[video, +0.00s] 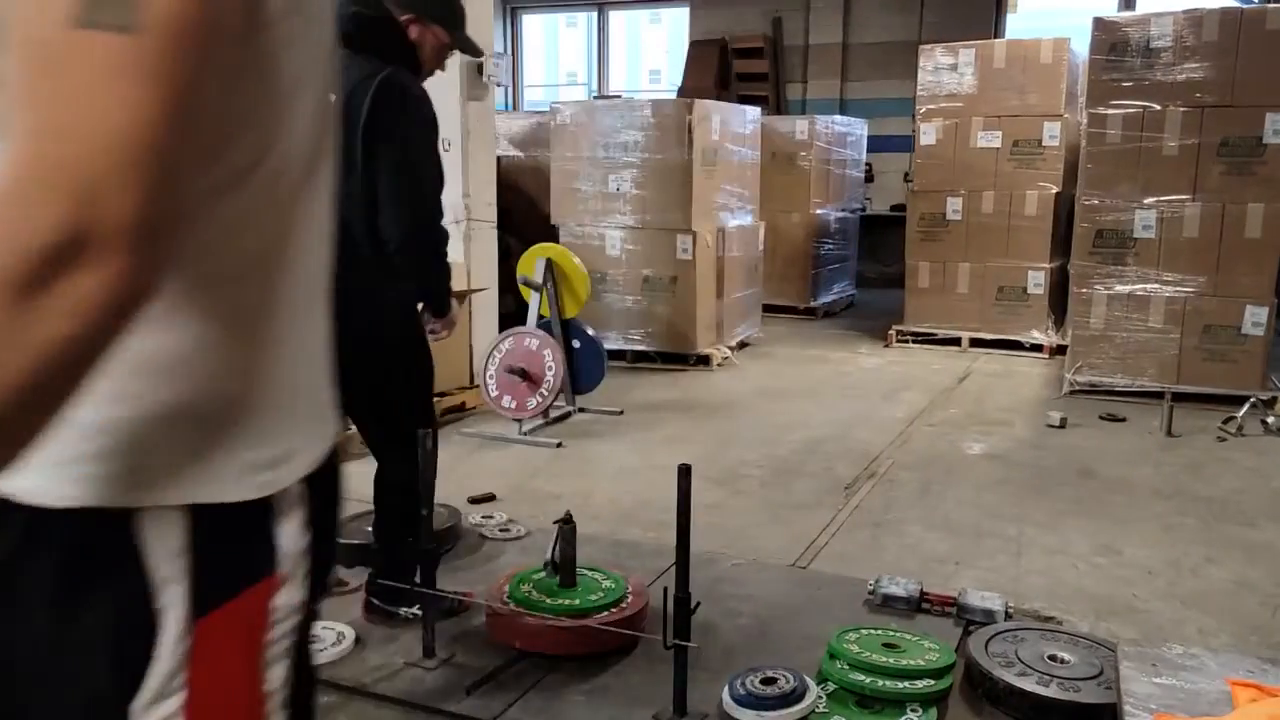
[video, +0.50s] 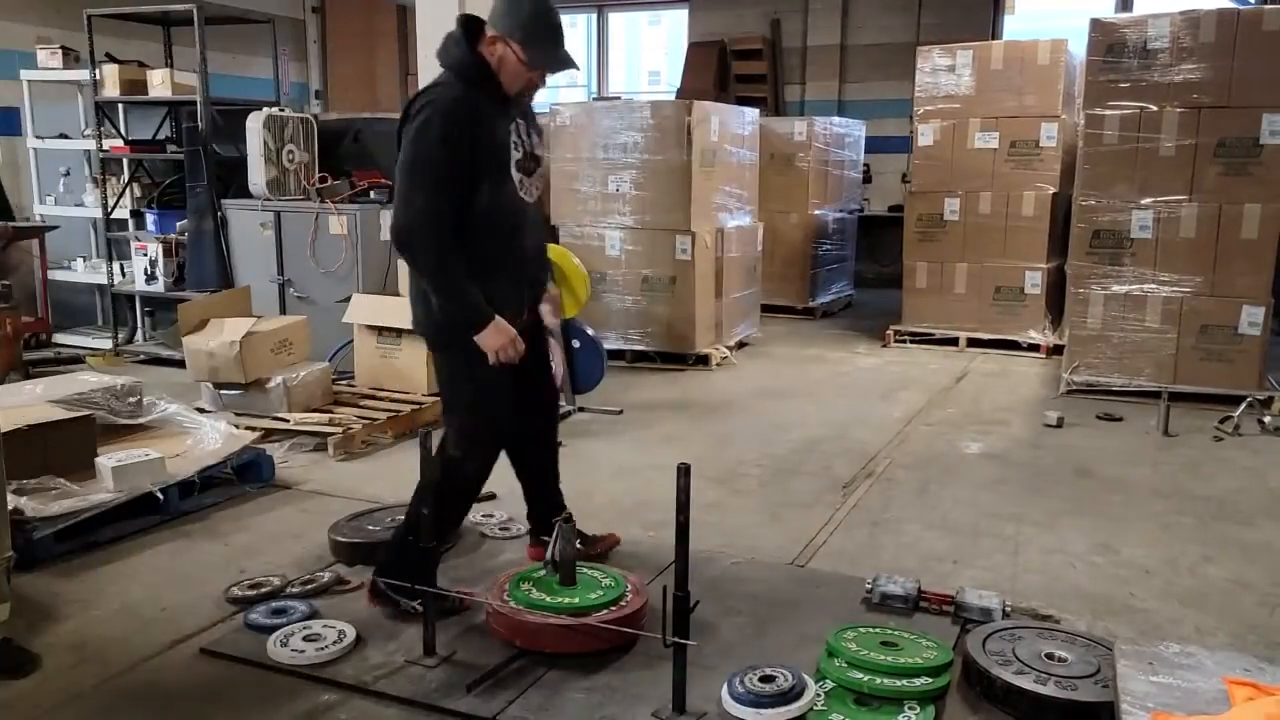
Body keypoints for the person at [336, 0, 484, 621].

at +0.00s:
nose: (445, 60)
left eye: (451, 49)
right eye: (446, 44)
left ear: (402, 24)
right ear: (412, 25)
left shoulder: (325, 73)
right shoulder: (399, 94)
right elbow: (411, 211)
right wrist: (437, 297)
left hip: (310, 292)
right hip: (374, 302)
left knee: (311, 444)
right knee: (405, 443)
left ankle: (315, 571)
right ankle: (399, 585)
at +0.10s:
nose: (471, 57)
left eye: (477, 46)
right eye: (471, 41)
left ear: (425, 17)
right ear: (435, 19)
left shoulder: (326, 65)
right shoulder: (415, 87)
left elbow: (296, 186)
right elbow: (423, 208)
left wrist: (305, 282)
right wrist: (458, 296)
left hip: (328, 285)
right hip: (388, 292)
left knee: (378, 407)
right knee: (415, 427)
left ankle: (325, 533)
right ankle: (396, 583)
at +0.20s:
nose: (488, 61)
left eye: (494, 48)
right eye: (488, 45)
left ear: (445, 19)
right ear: (451, 21)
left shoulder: (369, 65)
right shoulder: (427, 88)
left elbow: (341, 187)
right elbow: (428, 214)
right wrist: (472, 294)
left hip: (363, 276)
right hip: (403, 287)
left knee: (415, 408)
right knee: (424, 413)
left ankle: (402, 553)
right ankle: (401, 581)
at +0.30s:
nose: (509, 64)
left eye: (513, 51)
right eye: (505, 48)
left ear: (465, 27)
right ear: (466, 28)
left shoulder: (407, 71)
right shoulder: (435, 90)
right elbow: (426, 221)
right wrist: (483, 304)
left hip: (413, 289)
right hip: (421, 298)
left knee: (478, 397)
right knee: (437, 429)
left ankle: (488, 520)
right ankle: (397, 585)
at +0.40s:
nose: (526, 73)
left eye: (531, 61)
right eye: (521, 56)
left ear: (483, 39)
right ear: (478, 37)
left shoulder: (471, 97)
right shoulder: (440, 100)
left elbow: (475, 212)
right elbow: (423, 231)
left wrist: (503, 293)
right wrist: (485, 317)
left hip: (469, 305)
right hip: (441, 311)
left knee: (505, 421)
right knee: (454, 438)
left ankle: (541, 529)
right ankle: (397, 584)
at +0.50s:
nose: (542, 81)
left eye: (547, 69)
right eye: (537, 67)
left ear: (510, 53)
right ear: (499, 48)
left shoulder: (512, 108)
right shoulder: (446, 110)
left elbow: (522, 207)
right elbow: (416, 235)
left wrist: (550, 279)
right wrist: (480, 320)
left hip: (517, 300)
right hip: (463, 309)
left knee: (535, 419)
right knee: (475, 438)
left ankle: (552, 532)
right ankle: (402, 572)